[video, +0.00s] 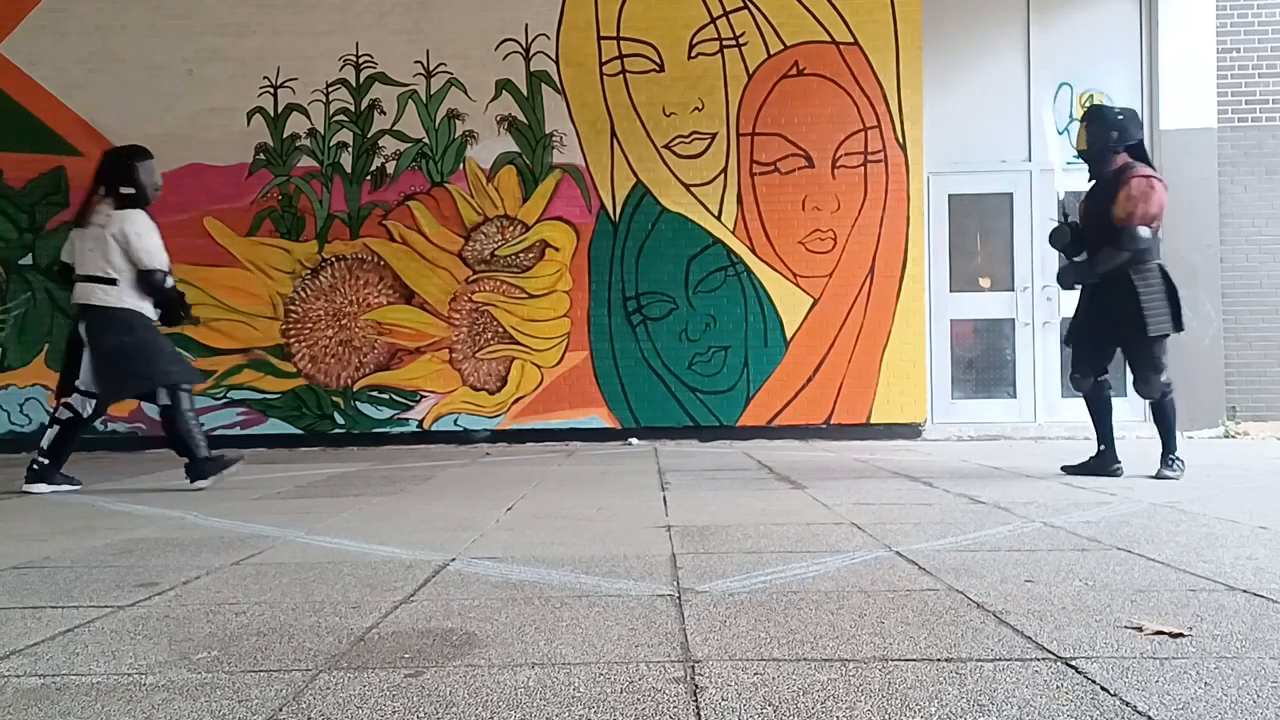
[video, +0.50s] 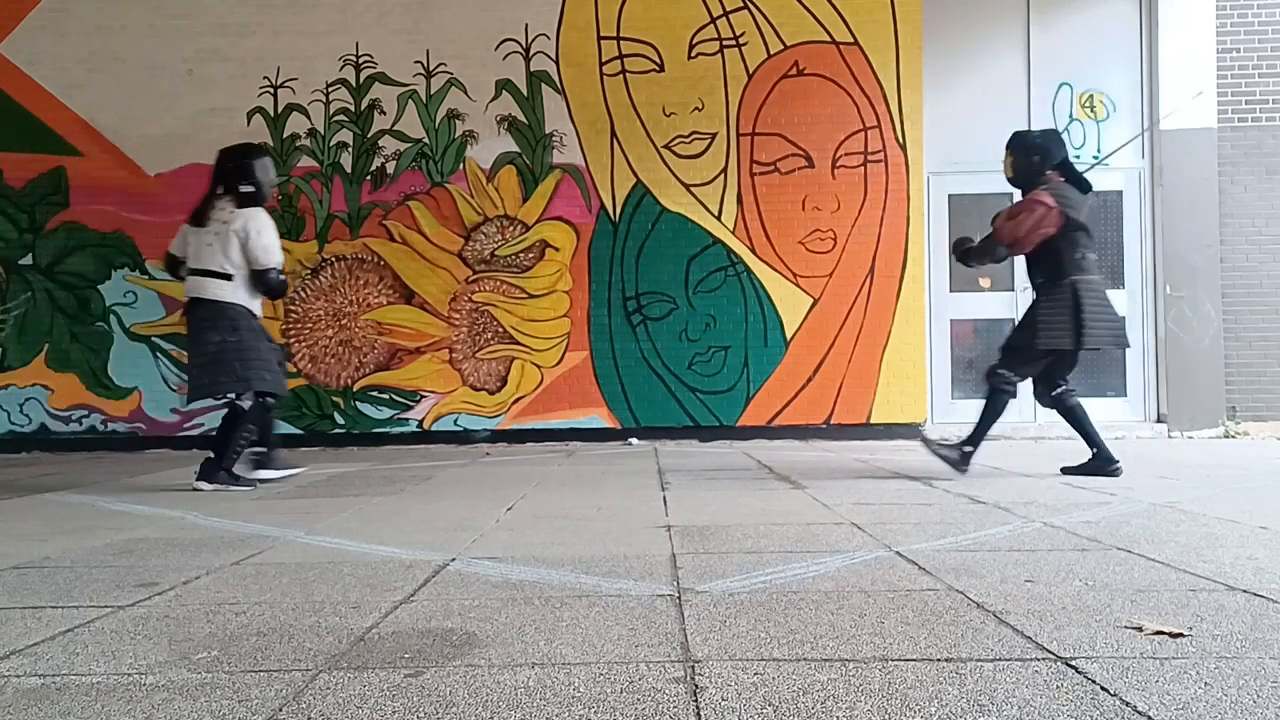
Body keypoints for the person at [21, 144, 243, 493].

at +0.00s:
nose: (159, 182)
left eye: (156, 173)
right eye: (152, 174)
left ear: (111, 179)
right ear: (134, 179)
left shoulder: (89, 216)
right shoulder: (134, 218)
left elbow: (66, 269)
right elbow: (154, 278)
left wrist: (105, 282)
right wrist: (174, 305)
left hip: (91, 322)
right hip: (125, 323)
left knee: (85, 397)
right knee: (173, 380)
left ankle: (43, 470)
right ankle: (200, 460)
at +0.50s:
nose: (273, 185)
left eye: (272, 177)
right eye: (268, 177)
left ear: (225, 177)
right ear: (253, 178)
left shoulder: (204, 212)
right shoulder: (255, 218)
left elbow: (173, 264)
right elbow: (268, 282)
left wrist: (209, 277)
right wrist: (282, 283)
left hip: (199, 312)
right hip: (232, 315)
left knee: (265, 376)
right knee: (255, 392)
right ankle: (218, 468)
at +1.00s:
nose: (360, 195)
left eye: (357, 187)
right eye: (352, 188)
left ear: (323, 198)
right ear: (332, 196)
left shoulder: (311, 231)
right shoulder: (328, 237)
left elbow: (326, 296)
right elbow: (330, 298)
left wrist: (362, 323)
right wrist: (375, 322)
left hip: (301, 330)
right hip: (317, 331)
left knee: (340, 401)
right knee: (372, 384)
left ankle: (292, 462)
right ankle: (398, 460)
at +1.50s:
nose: (425, 174)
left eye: (422, 165)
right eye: (419, 166)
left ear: (376, 173)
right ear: (406, 173)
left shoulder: (357, 212)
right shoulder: (406, 215)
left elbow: (354, 272)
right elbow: (414, 282)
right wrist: (443, 326)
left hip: (347, 314)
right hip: (387, 316)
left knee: (357, 392)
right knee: (445, 381)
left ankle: (332, 461)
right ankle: (419, 466)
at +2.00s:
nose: (458, 176)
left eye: (456, 169)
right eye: (453, 169)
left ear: (408, 175)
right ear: (440, 175)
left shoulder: (388, 216)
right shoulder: (444, 217)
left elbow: (384, 275)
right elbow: (457, 286)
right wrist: (478, 329)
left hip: (387, 313)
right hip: (428, 314)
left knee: (378, 396)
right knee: (496, 374)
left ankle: (339, 467)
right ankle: (497, 465)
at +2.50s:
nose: (536, 179)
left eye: (534, 172)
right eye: (531, 172)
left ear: (491, 177)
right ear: (519, 177)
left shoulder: (475, 211)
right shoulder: (524, 215)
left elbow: (515, 269)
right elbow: (563, 268)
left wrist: (582, 270)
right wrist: (603, 265)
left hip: (462, 308)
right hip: (503, 312)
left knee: (445, 392)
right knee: (569, 368)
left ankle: (410, 469)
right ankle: (613, 450)